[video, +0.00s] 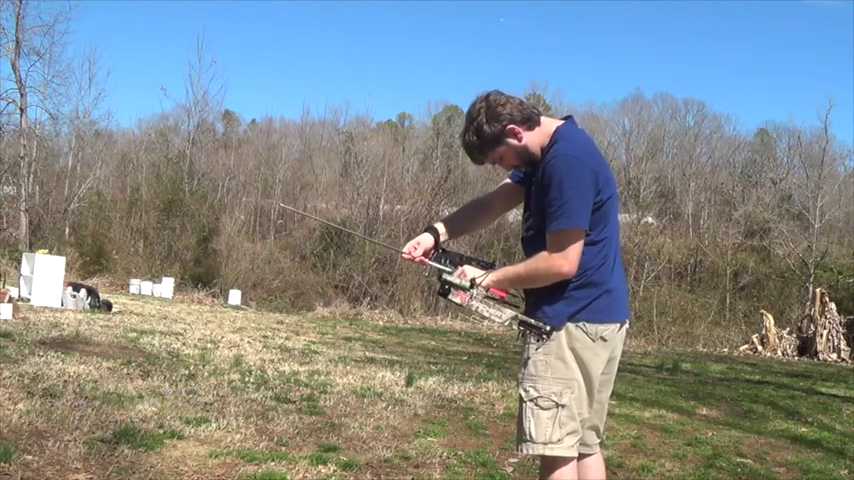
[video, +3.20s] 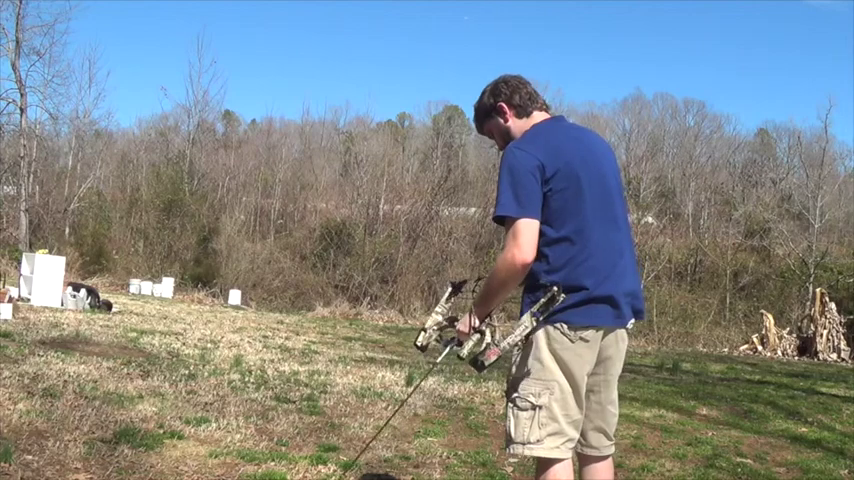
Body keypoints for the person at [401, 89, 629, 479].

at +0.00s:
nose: (502, 166)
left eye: (498, 159)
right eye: (495, 163)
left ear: (514, 132)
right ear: (515, 127)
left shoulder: (566, 159)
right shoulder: (556, 149)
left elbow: (563, 263)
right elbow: (495, 202)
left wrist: (490, 278)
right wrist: (437, 234)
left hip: (572, 319)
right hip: (591, 315)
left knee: (557, 449)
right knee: (585, 444)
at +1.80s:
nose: (495, 143)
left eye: (494, 131)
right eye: (489, 136)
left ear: (520, 110)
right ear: (524, 110)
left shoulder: (558, 156)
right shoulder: (568, 142)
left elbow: (545, 260)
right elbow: (514, 201)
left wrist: (473, 282)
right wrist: (469, 196)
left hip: (567, 320)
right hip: (600, 316)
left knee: (554, 451)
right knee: (587, 444)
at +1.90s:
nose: (494, 140)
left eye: (492, 127)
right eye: (489, 130)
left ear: (519, 108)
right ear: (525, 107)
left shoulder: (555, 153)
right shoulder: (580, 139)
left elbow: (536, 262)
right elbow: (566, 219)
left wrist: (466, 289)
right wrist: (508, 199)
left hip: (566, 317)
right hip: (604, 314)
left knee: (555, 450)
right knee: (587, 443)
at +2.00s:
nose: (494, 138)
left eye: (491, 125)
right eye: (487, 129)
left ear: (517, 106)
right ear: (524, 105)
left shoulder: (549, 153)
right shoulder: (583, 139)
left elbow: (529, 259)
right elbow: (585, 240)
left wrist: (460, 295)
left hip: (564, 320)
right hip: (605, 316)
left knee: (555, 451)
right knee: (588, 444)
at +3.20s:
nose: (499, 147)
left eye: (494, 136)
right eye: (492, 140)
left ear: (505, 111)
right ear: (541, 107)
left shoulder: (526, 151)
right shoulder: (596, 144)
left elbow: (520, 254)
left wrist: (477, 314)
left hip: (565, 311)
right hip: (618, 307)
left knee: (553, 450)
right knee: (598, 448)